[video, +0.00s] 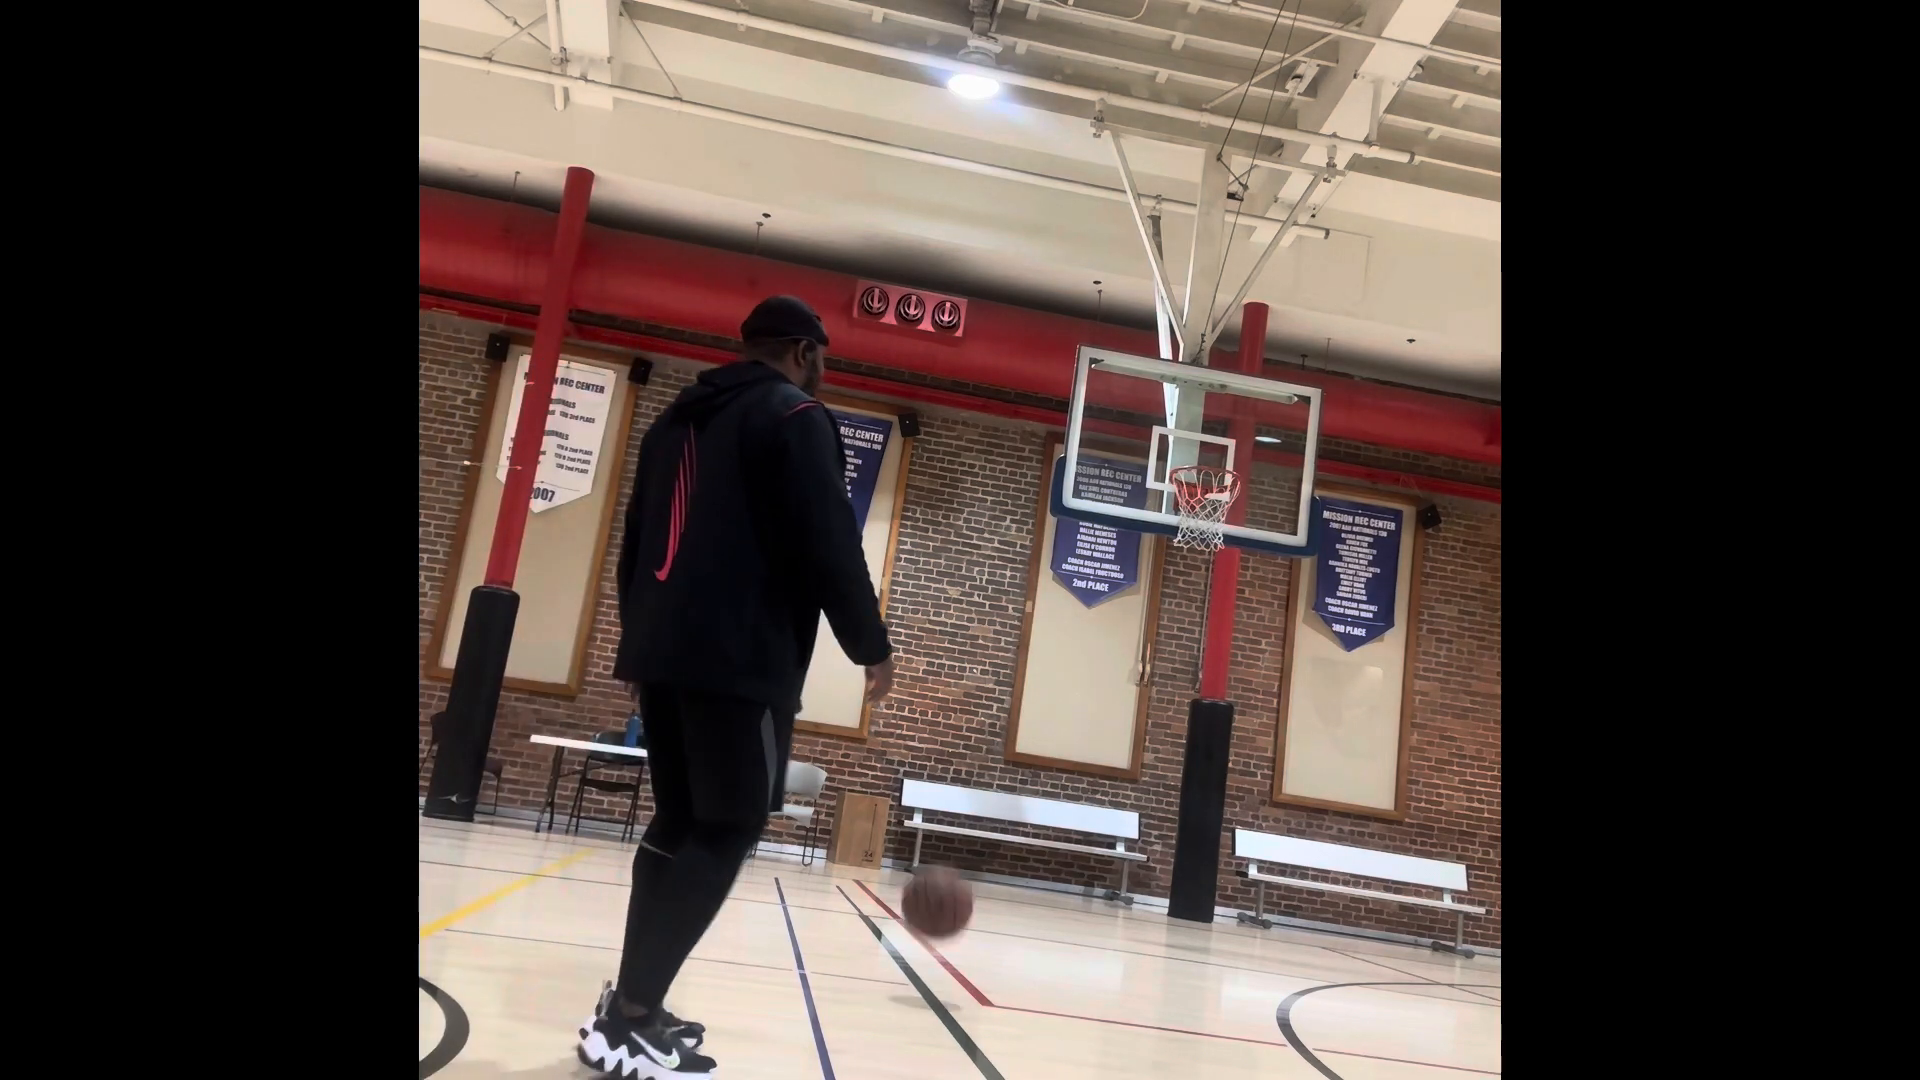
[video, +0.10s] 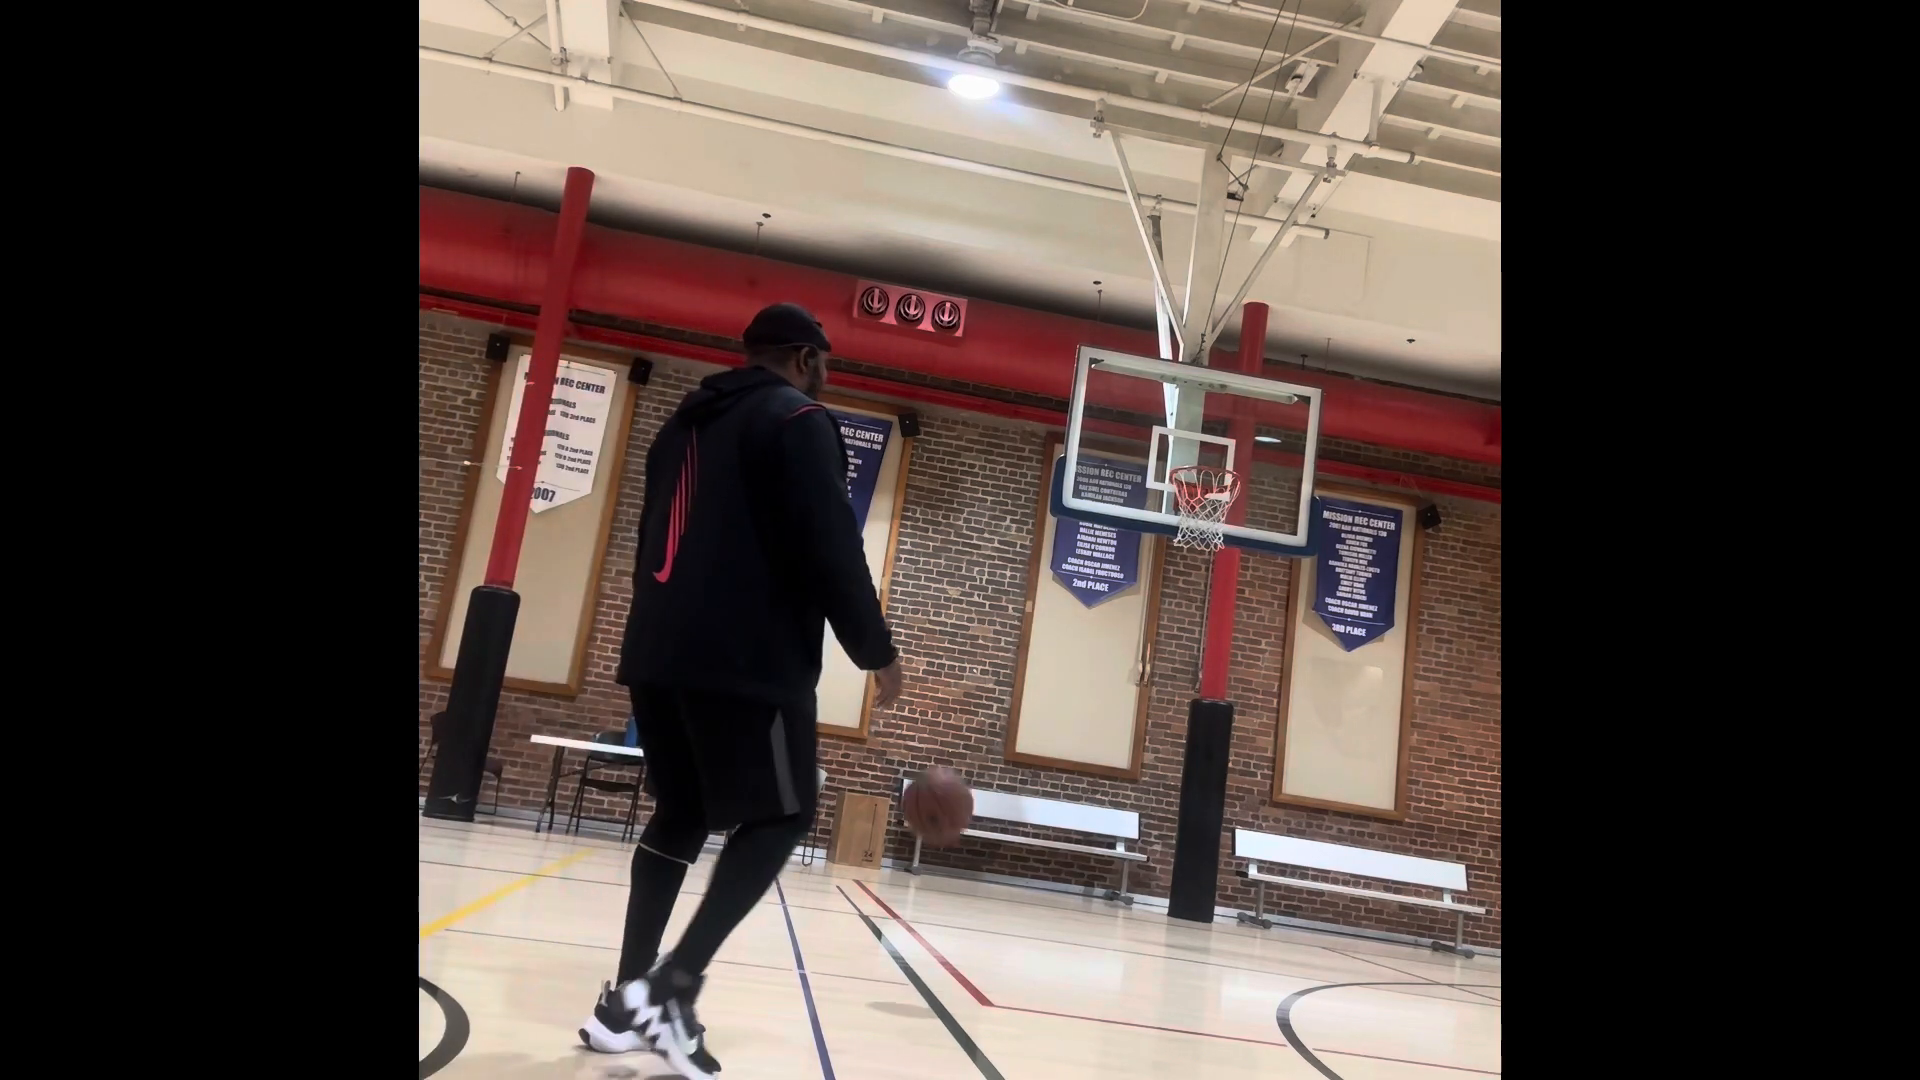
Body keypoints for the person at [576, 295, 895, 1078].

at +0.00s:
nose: (822, 376)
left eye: (822, 365)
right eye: (822, 363)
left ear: (747, 349)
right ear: (801, 354)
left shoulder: (681, 415)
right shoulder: (797, 417)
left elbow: (638, 536)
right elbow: (830, 538)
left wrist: (637, 643)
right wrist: (872, 645)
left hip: (662, 654)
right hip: (739, 665)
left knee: (676, 821)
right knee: (730, 828)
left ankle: (635, 1002)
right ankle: (629, 1019)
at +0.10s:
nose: (825, 383)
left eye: (825, 372)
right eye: (825, 370)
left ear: (748, 355)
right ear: (804, 361)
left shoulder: (687, 418)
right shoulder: (800, 422)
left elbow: (660, 540)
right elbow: (830, 546)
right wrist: (876, 650)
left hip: (659, 652)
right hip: (751, 662)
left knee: (681, 813)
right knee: (781, 815)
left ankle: (626, 999)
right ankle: (672, 988)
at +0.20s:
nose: (824, 382)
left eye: (824, 372)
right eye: (825, 370)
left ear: (752, 356)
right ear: (807, 361)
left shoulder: (690, 421)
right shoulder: (807, 423)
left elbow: (667, 542)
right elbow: (837, 546)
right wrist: (873, 659)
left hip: (671, 653)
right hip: (766, 659)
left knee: (686, 809)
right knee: (804, 804)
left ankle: (628, 1002)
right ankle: (720, 978)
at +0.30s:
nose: (828, 380)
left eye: (827, 370)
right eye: (829, 369)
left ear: (755, 355)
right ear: (813, 361)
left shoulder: (691, 426)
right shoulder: (818, 424)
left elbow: (668, 545)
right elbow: (846, 547)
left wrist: (693, 636)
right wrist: (870, 659)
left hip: (681, 658)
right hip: (774, 666)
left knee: (688, 812)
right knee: (794, 826)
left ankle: (630, 1001)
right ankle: (754, 1014)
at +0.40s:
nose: (835, 377)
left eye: (832, 367)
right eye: (836, 366)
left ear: (762, 352)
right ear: (822, 359)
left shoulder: (695, 425)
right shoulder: (835, 427)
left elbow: (666, 551)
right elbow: (861, 555)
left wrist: (688, 643)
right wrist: (877, 666)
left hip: (691, 659)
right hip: (784, 670)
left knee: (692, 813)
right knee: (788, 834)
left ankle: (630, 1001)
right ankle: (739, 1031)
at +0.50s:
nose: (846, 376)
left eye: (842, 367)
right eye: (847, 366)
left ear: (773, 352)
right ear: (834, 359)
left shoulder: (702, 417)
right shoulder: (849, 427)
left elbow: (660, 545)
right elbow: (877, 553)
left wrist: (688, 628)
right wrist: (890, 666)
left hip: (692, 657)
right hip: (790, 667)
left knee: (689, 812)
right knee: (784, 835)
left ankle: (632, 1000)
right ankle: (738, 1037)